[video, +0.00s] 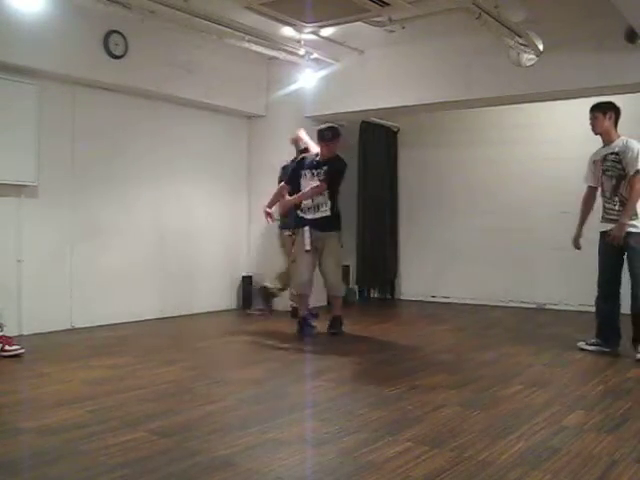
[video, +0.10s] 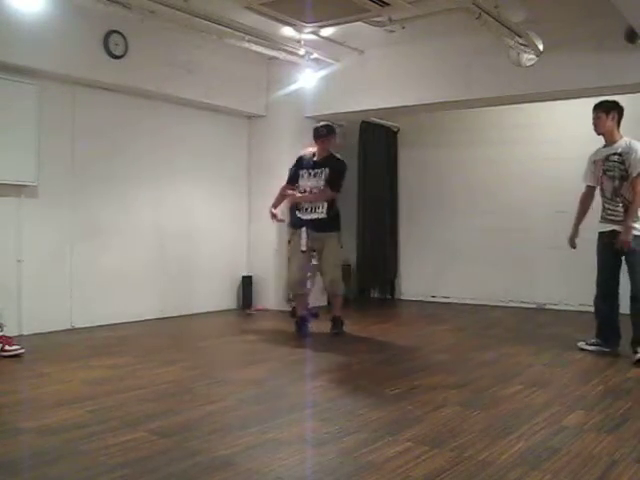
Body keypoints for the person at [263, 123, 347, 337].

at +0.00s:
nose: (329, 148)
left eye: (333, 144)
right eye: (326, 144)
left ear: (337, 143)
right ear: (319, 143)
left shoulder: (338, 164)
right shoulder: (302, 162)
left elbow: (321, 188)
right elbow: (285, 186)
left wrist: (292, 202)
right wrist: (269, 205)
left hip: (329, 228)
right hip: (305, 228)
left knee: (332, 276)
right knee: (302, 277)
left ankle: (337, 318)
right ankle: (303, 318)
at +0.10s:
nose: (333, 142)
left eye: (332, 139)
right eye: (331, 139)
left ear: (327, 140)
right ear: (323, 139)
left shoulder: (338, 164)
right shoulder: (302, 161)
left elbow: (330, 193)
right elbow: (288, 187)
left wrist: (300, 198)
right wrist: (274, 206)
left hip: (327, 230)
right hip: (300, 229)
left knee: (333, 278)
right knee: (295, 278)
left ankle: (337, 318)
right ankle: (301, 318)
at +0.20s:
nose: (319, 145)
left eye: (323, 141)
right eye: (316, 141)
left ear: (329, 143)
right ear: (310, 142)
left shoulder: (337, 167)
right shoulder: (300, 163)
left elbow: (339, 196)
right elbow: (291, 188)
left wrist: (315, 201)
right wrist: (283, 206)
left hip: (329, 232)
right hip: (302, 231)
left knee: (340, 279)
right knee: (295, 278)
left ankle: (337, 317)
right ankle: (301, 318)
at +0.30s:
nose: (313, 146)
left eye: (317, 142)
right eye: (311, 142)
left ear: (326, 145)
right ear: (306, 144)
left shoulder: (338, 170)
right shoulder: (296, 170)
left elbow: (352, 199)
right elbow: (292, 197)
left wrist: (334, 209)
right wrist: (290, 216)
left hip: (332, 234)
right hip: (305, 233)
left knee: (345, 279)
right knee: (298, 279)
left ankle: (338, 317)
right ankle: (302, 318)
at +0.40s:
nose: (316, 152)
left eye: (321, 148)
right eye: (313, 147)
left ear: (327, 150)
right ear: (306, 148)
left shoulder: (340, 172)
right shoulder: (296, 179)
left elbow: (360, 194)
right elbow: (288, 211)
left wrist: (359, 221)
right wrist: (301, 229)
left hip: (339, 239)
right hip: (311, 240)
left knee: (352, 284)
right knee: (303, 285)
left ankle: (340, 318)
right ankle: (303, 320)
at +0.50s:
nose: (319, 157)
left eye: (324, 153)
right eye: (316, 152)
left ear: (329, 154)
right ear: (309, 151)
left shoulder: (341, 171)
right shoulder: (299, 179)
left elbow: (367, 182)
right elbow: (292, 206)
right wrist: (307, 210)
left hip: (344, 238)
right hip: (316, 240)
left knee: (356, 280)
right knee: (309, 283)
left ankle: (342, 319)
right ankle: (304, 321)